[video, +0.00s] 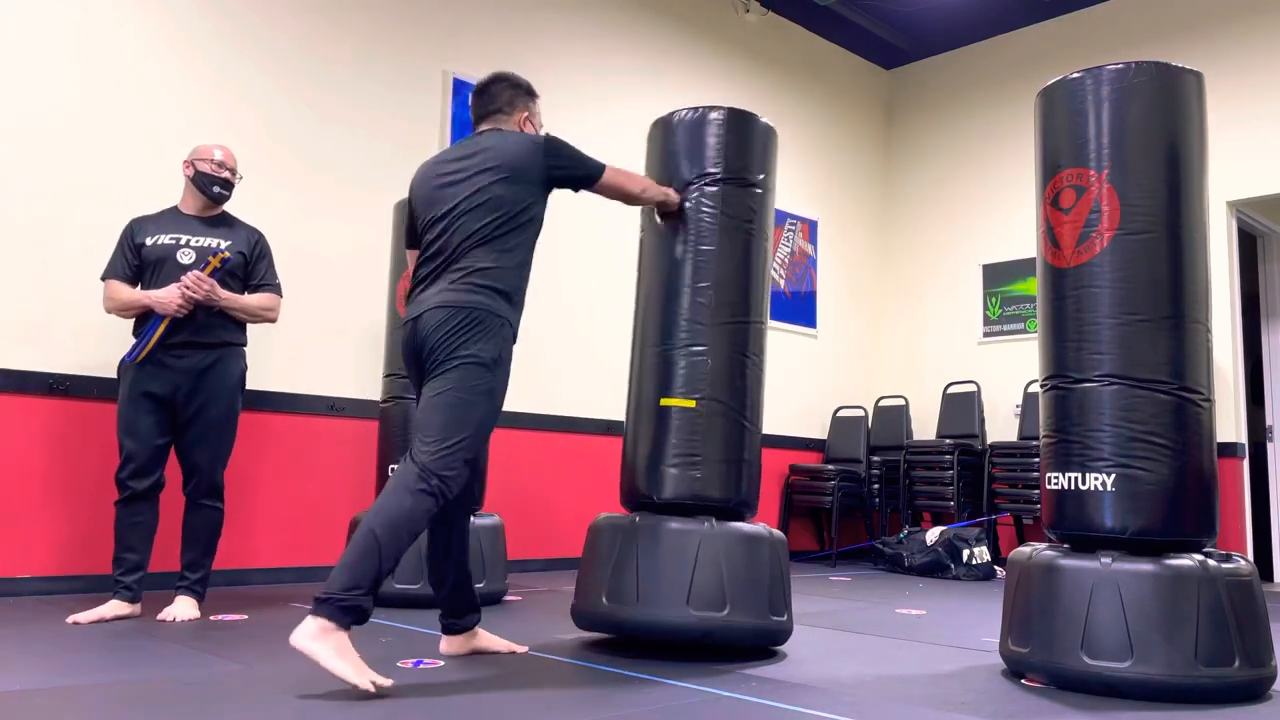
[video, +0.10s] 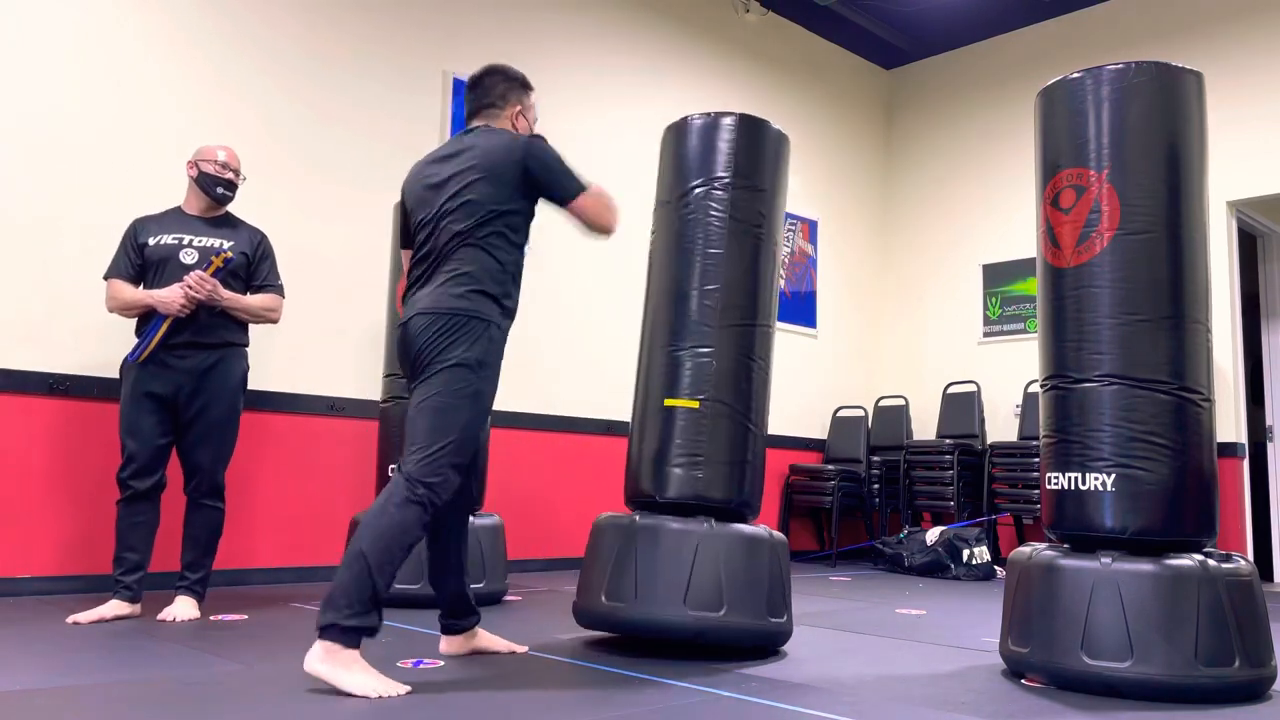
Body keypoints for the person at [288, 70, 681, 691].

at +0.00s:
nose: (540, 129)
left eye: (539, 121)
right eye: (538, 120)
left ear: (477, 117)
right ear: (524, 116)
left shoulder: (428, 172)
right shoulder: (532, 147)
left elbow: (416, 259)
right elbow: (632, 187)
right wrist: (668, 197)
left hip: (421, 320)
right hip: (477, 316)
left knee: (455, 481)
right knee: (428, 473)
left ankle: (460, 627)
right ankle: (327, 621)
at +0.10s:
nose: (533, 125)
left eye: (531, 117)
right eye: (532, 116)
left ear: (472, 113)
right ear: (517, 111)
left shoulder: (423, 168)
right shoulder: (521, 148)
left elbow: (412, 269)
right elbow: (603, 217)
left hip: (418, 320)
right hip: (466, 317)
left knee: (454, 485)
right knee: (423, 481)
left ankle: (460, 628)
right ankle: (336, 643)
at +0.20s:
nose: (524, 122)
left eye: (523, 113)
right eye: (524, 112)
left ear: (462, 107)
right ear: (511, 106)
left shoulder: (425, 165)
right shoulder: (500, 155)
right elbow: (545, 255)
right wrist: (551, 188)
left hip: (415, 320)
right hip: (454, 324)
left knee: (454, 489)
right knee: (408, 492)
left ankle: (459, 628)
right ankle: (332, 656)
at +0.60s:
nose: (528, 108)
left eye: (528, 96)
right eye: (526, 95)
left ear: (479, 91)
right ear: (505, 91)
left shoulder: (467, 146)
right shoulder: (470, 144)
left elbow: (483, 238)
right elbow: (495, 239)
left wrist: (526, 215)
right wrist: (545, 201)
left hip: (470, 335)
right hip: (444, 328)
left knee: (513, 467)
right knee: (396, 483)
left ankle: (473, 610)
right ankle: (332, 654)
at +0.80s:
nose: (544, 132)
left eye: (545, 123)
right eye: (542, 121)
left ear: (505, 115)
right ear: (521, 114)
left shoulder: (493, 172)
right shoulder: (483, 145)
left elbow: (524, 257)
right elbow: (496, 199)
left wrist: (594, 241)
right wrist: (553, 172)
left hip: (465, 324)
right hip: (472, 320)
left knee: (485, 473)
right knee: (491, 468)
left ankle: (471, 625)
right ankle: (378, 615)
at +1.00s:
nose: (546, 134)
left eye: (546, 126)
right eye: (545, 125)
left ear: (483, 123)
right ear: (532, 122)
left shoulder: (435, 176)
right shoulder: (538, 152)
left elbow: (427, 262)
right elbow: (639, 198)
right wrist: (667, 207)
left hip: (426, 325)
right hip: (477, 323)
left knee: (457, 482)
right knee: (439, 484)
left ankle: (463, 627)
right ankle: (355, 638)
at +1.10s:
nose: (545, 134)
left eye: (543, 125)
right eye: (544, 125)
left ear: (483, 121)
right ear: (529, 120)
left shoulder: (436, 175)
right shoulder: (533, 157)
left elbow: (428, 265)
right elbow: (609, 233)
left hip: (423, 324)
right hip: (474, 322)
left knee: (456, 486)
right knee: (433, 490)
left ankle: (464, 626)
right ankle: (369, 650)